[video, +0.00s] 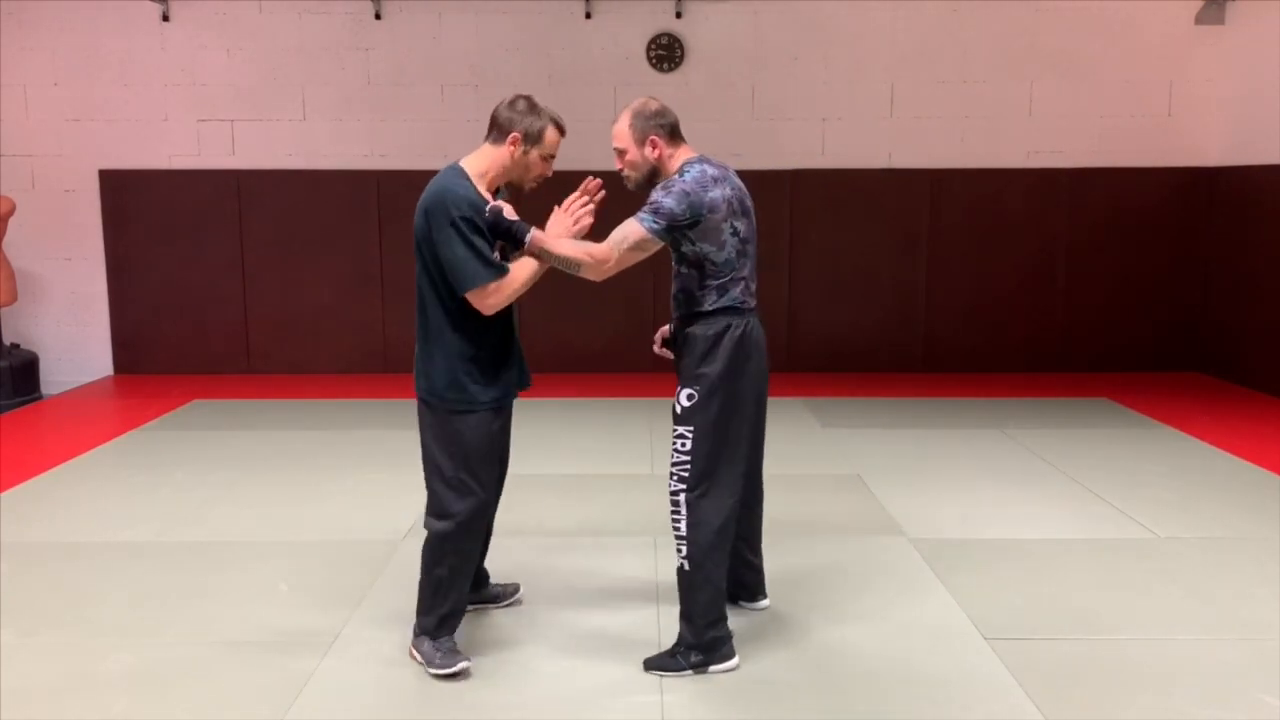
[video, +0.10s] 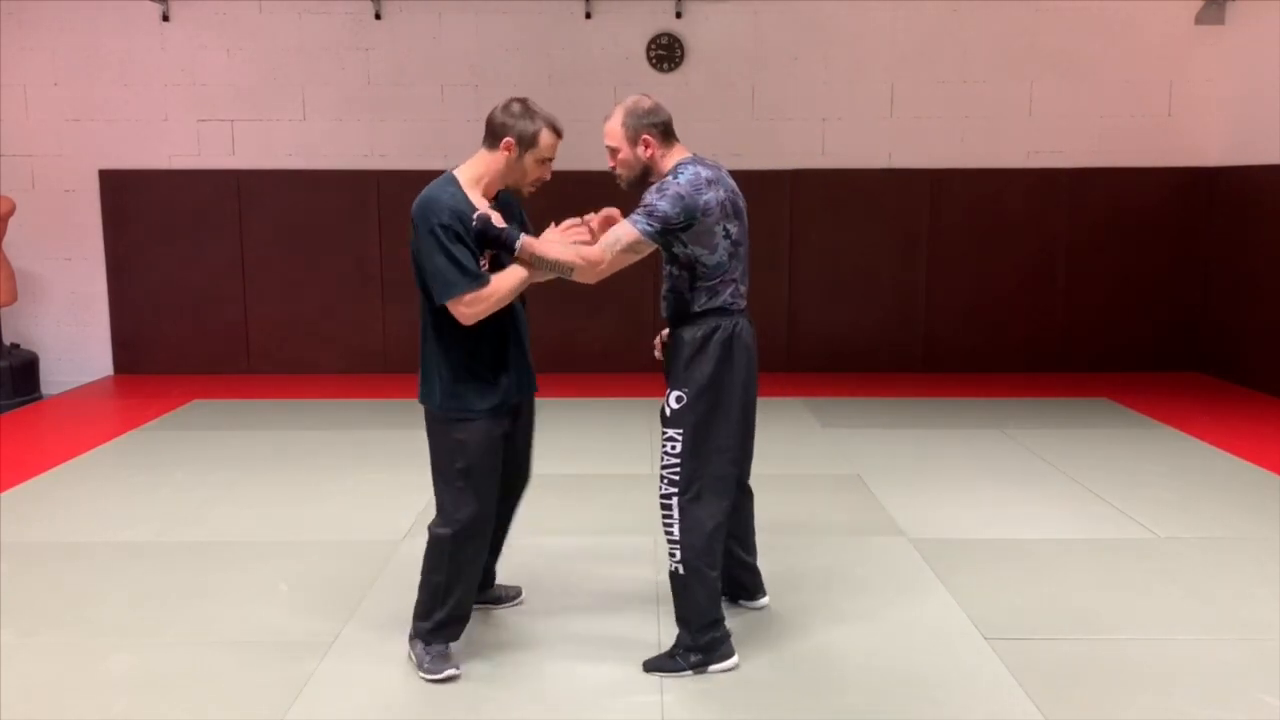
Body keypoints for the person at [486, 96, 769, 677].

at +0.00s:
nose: (619, 164)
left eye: (623, 152)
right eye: (616, 153)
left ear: (656, 146)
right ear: (664, 145)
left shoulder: (688, 190)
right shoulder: (718, 177)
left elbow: (602, 260)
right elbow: (725, 273)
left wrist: (519, 232)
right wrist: (686, 325)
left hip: (717, 345)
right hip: (738, 339)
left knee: (694, 489)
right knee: (736, 471)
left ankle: (704, 641)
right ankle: (744, 582)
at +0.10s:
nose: (611, 162)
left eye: (614, 150)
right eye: (609, 151)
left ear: (649, 144)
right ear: (656, 143)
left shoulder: (682, 191)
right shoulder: (708, 176)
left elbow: (595, 261)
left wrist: (510, 240)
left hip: (707, 346)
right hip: (726, 340)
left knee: (685, 491)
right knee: (724, 474)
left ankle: (703, 642)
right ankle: (741, 582)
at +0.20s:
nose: (608, 157)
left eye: (612, 145)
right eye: (606, 145)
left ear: (647, 140)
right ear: (655, 139)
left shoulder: (677, 189)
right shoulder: (705, 175)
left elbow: (593, 257)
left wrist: (504, 247)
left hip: (698, 348)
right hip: (719, 341)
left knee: (680, 493)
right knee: (716, 473)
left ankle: (702, 642)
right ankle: (739, 581)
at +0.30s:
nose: (607, 156)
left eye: (611, 144)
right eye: (605, 144)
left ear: (645, 138)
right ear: (653, 138)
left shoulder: (673, 187)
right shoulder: (703, 176)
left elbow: (598, 267)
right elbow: (691, 268)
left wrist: (513, 247)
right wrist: (665, 332)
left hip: (695, 347)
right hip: (716, 342)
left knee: (678, 495)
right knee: (712, 474)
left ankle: (702, 642)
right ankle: (739, 579)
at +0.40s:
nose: (604, 155)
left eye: (609, 144)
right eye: (603, 144)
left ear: (639, 140)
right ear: (651, 138)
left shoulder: (668, 186)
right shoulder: (699, 179)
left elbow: (615, 268)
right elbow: (704, 273)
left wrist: (531, 248)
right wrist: (669, 336)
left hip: (697, 348)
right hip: (715, 344)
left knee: (677, 494)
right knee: (709, 477)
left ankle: (704, 641)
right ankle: (740, 580)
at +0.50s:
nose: (614, 170)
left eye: (619, 157)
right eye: (612, 158)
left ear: (641, 147)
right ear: (664, 142)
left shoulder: (657, 189)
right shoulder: (696, 185)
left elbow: (615, 273)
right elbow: (698, 281)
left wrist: (545, 235)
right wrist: (668, 347)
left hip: (697, 349)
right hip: (718, 345)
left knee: (665, 495)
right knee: (708, 477)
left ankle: (704, 642)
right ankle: (741, 580)